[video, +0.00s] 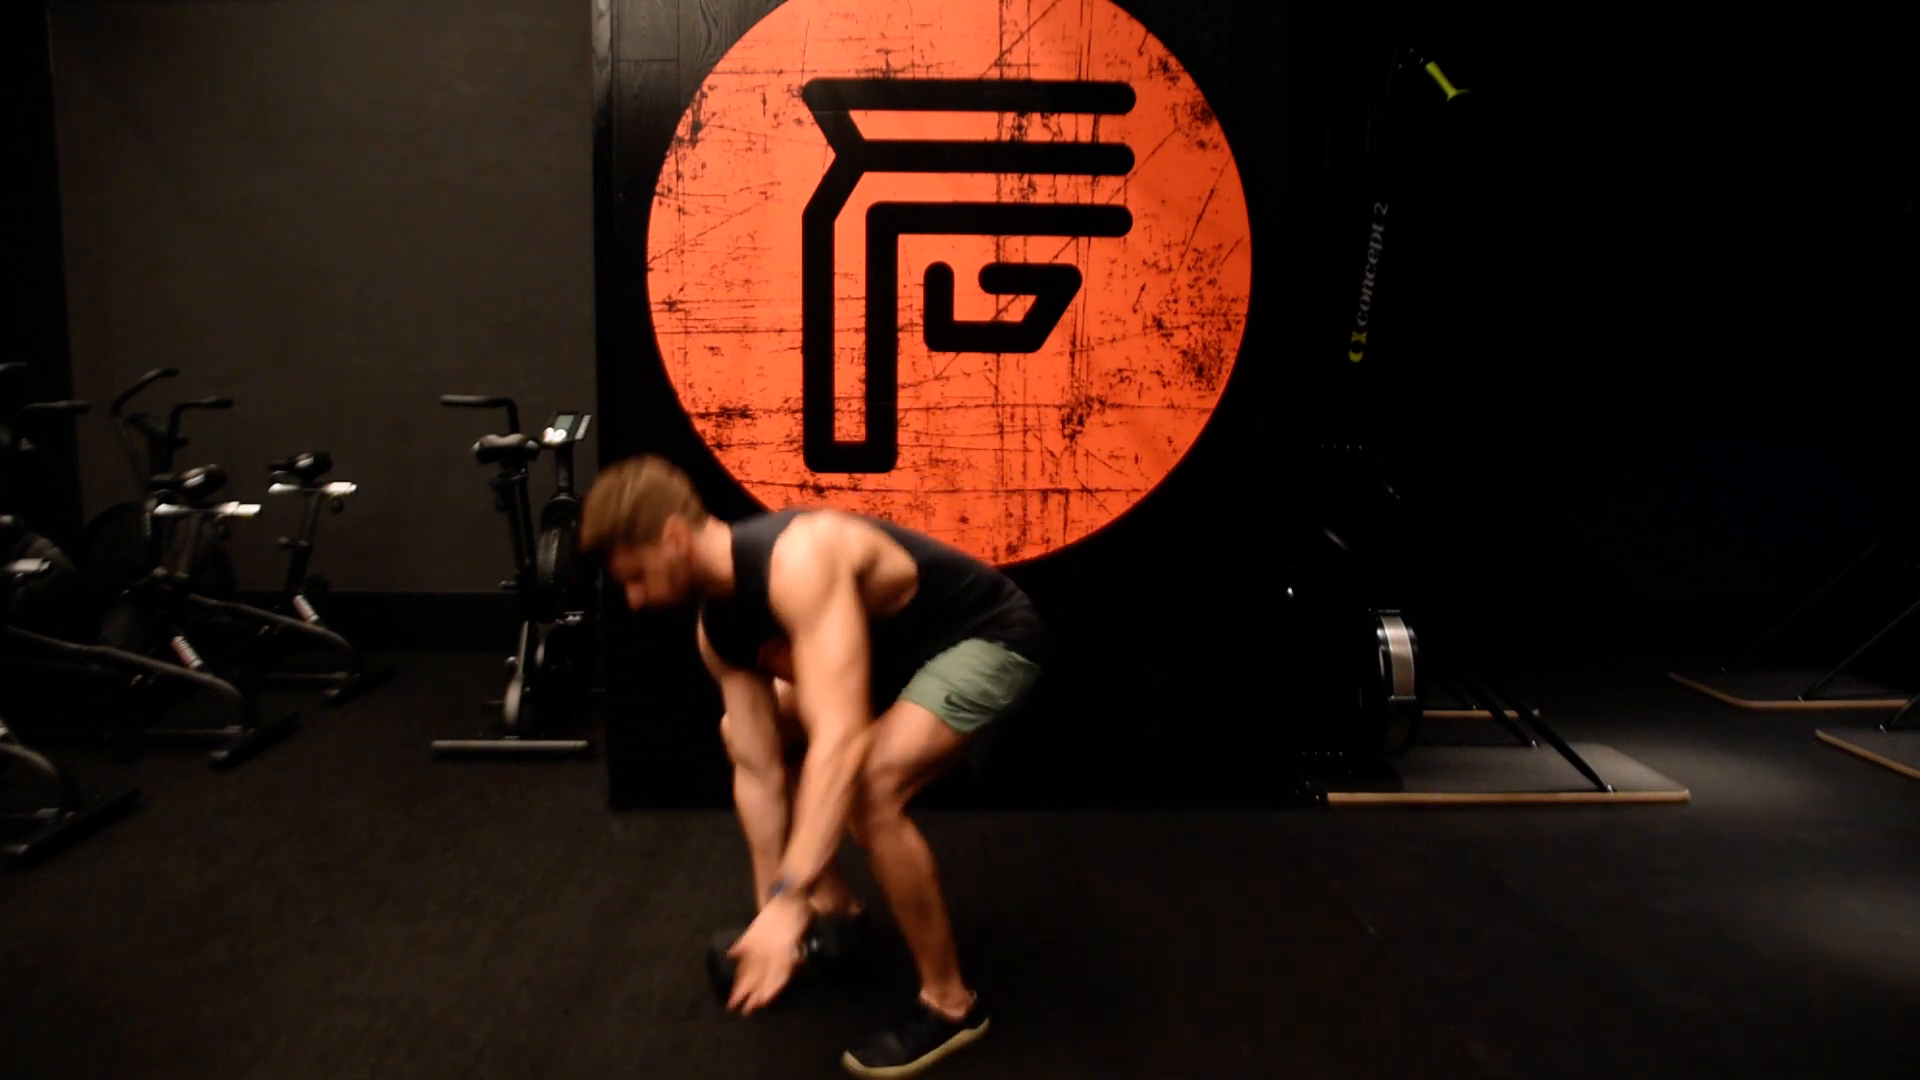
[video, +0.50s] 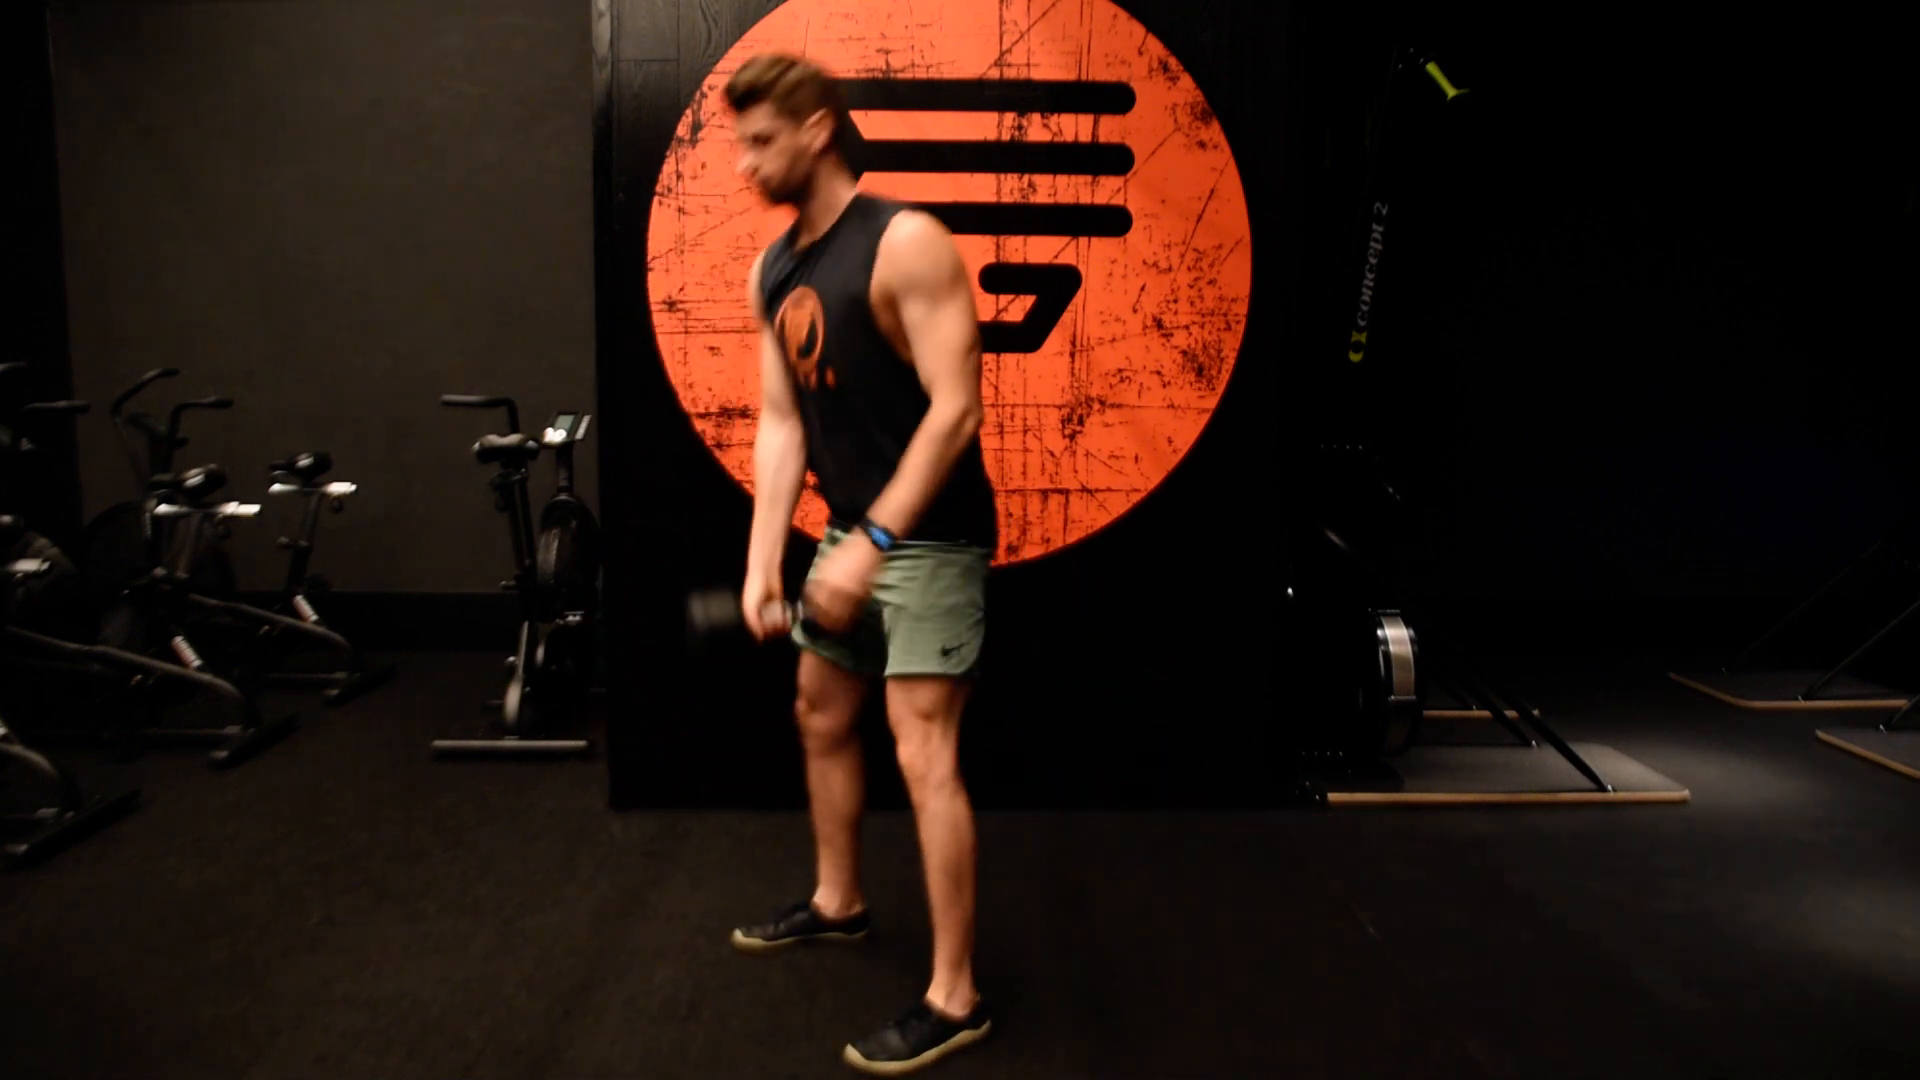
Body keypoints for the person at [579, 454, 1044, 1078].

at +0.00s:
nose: (634, 599)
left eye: (637, 577)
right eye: (624, 584)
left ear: (675, 535)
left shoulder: (802, 560)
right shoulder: (719, 627)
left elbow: (842, 740)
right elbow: (755, 771)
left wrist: (787, 901)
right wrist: (766, 920)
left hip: (987, 635)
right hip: (891, 653)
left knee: (870, 784)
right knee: (753, 730)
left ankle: (950, 1001)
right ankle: (835, 914)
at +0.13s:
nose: (630, 514)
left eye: (635, 488)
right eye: (620, 496)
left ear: (682, 453)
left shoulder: (822, 489)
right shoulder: (716, 568)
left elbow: (908, 642)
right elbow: (757, 709)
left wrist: (884, 812)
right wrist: (777, 857)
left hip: (977, 612)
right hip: (866, 627)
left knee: (878, 776)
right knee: (751, 725)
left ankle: (949, 1000)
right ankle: (812, 892)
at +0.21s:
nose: (636, 425)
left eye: (647, 400)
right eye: (629, 408)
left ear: (701, 374)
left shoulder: (832, 431)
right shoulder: (715, 503)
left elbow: (932, 577)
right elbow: (756, 647)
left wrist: (935, 738)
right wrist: (772, 785)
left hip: (974, 597)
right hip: (872, 608)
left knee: (889, 772)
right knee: (757, 721)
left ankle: (951, 999)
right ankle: (833, 903)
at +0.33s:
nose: (671, 290)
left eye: (683, 265)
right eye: (663, 270)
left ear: (746, 246)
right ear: (683, 268)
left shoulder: (859, 332)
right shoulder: (730, 388)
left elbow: (956, 479)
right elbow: (761, 537)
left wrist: (935, 638)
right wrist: (770, 677)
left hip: (950, 565)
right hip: (858, 565)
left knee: (898, 758)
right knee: (779, 711)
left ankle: (953, 995)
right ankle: (833, 903)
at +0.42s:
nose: (710, 207)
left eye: (724, 186)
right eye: (705, 189)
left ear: (782, 176)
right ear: (727, 192)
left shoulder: (888, 280)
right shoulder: (750, 317)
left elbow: (962, 430)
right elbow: (770, 471)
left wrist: (911, 581)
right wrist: (766, 618)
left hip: (948, 546)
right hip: (857, 547)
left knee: (911, 754)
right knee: (795, 701)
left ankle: (954, 993)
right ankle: (835, 904)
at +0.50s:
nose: (744, 163)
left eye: (758, 142)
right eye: (739, 145)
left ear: (820, 130)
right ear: (774, 143)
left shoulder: (909, 245)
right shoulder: (774, 270)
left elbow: (956, 409)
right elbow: (782, 422)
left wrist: (866, 540)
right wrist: (763, 559)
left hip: (931, 536)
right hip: (849, 530)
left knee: (923, 751)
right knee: (822, 714)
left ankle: (955, 993)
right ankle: (837, 900)